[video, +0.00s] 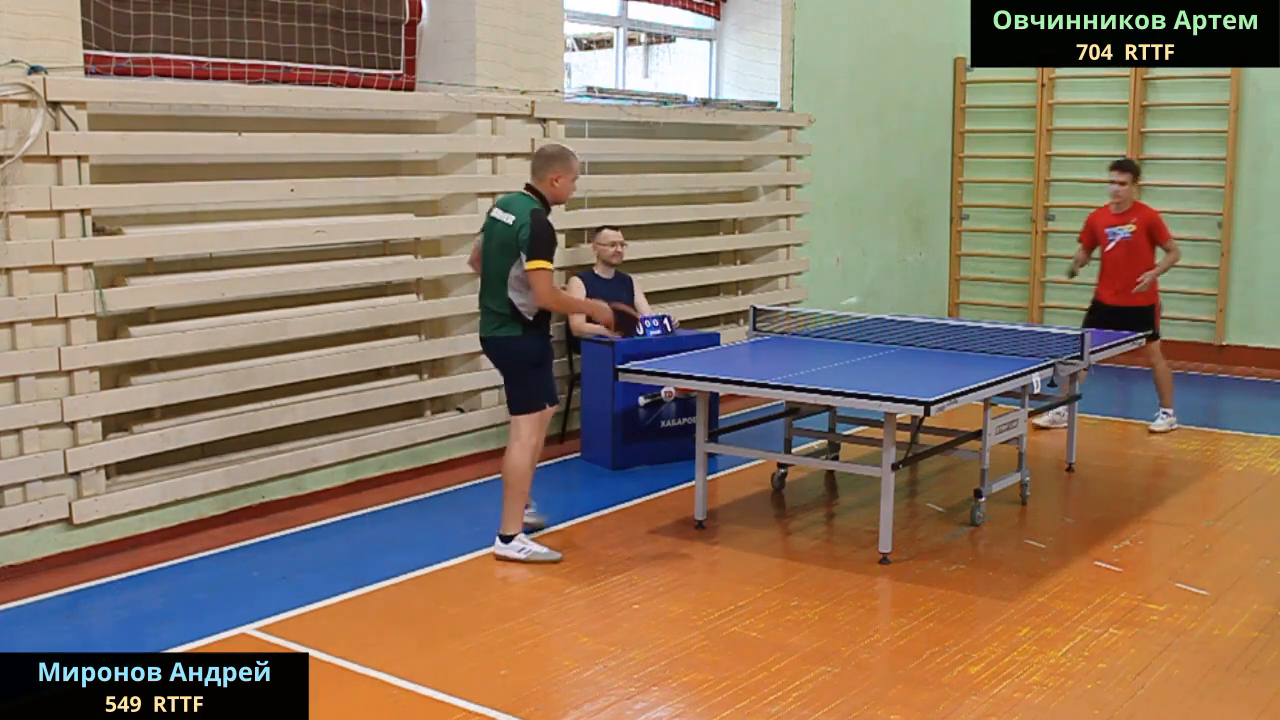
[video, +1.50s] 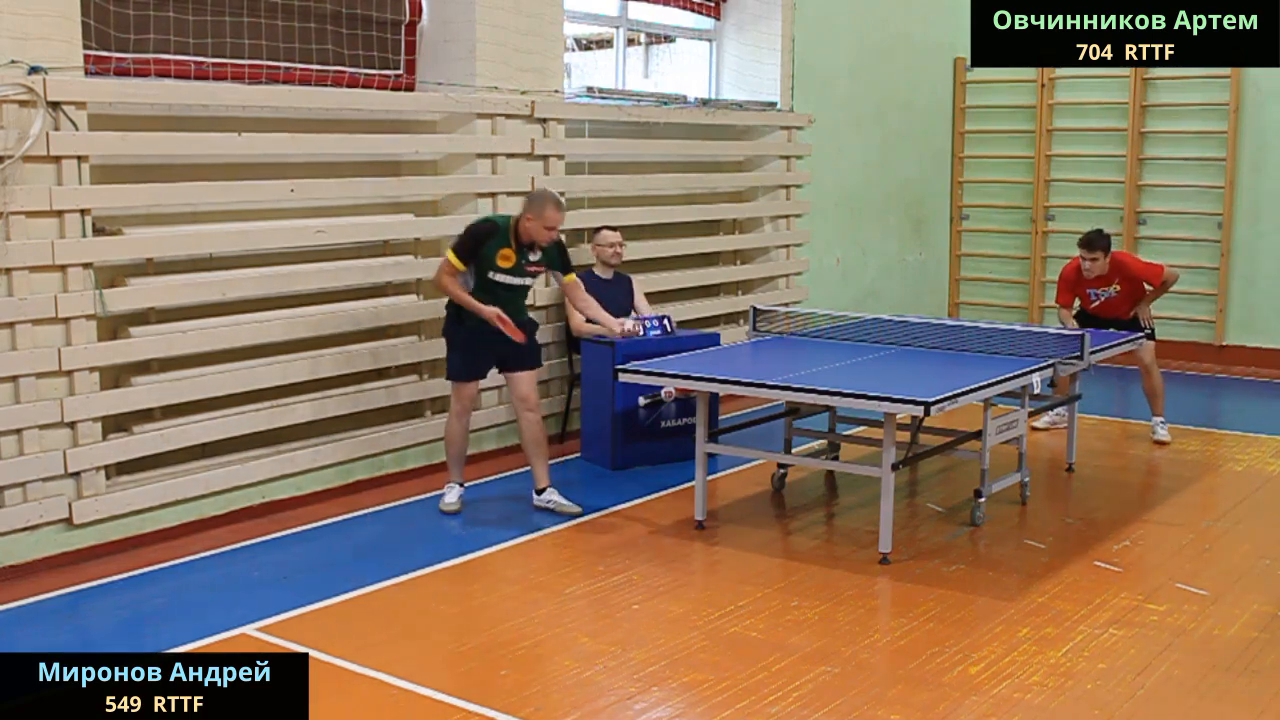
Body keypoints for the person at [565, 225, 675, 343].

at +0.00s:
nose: (619, 250)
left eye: (622, 245)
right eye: (612, 245)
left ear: (625, 247)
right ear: (596, 248)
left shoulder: (630, 282)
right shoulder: (579, 282)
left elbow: (649, 318)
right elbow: (578, 327)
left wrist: (666, 322)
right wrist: (611, 333)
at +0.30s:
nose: (619, 250)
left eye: (622, 245)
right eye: (612, 245)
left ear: (625, 248)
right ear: (595, 248)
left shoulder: (631, 282)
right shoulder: (579, 282)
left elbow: (648, 317)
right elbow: (578, 328)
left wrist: (666, 321)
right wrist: (620, 332)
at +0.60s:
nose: (619, 250)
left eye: (622, 245)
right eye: (612, 245)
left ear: (625, 247)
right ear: (594, 248)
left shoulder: (630, 281)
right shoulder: (578, 282)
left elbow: (646, 314)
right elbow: (576, 327)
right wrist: (604, 332)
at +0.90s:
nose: (618, 250)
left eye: (621, 245)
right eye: (611, 245)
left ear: (624, 247)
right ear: (594, 249)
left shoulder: (626, 280)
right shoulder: (578, 283)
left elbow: (647, 314)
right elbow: (577, 327)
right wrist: (605, 330)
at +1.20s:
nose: (618, 250)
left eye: (621, 245)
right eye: (611, 246)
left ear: (624, 247)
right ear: (594, 250)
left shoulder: (630, 282)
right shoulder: (578, 283)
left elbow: (648, 317)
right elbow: (577, 327)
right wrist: (610, 331)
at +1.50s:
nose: (618, 251)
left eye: (621, 246)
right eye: (611, 246)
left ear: (624, 248)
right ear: (594, 250)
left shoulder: (629, 283)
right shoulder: (577, 283)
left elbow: (650, 319)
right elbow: (577, 327)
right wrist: (611, 331)